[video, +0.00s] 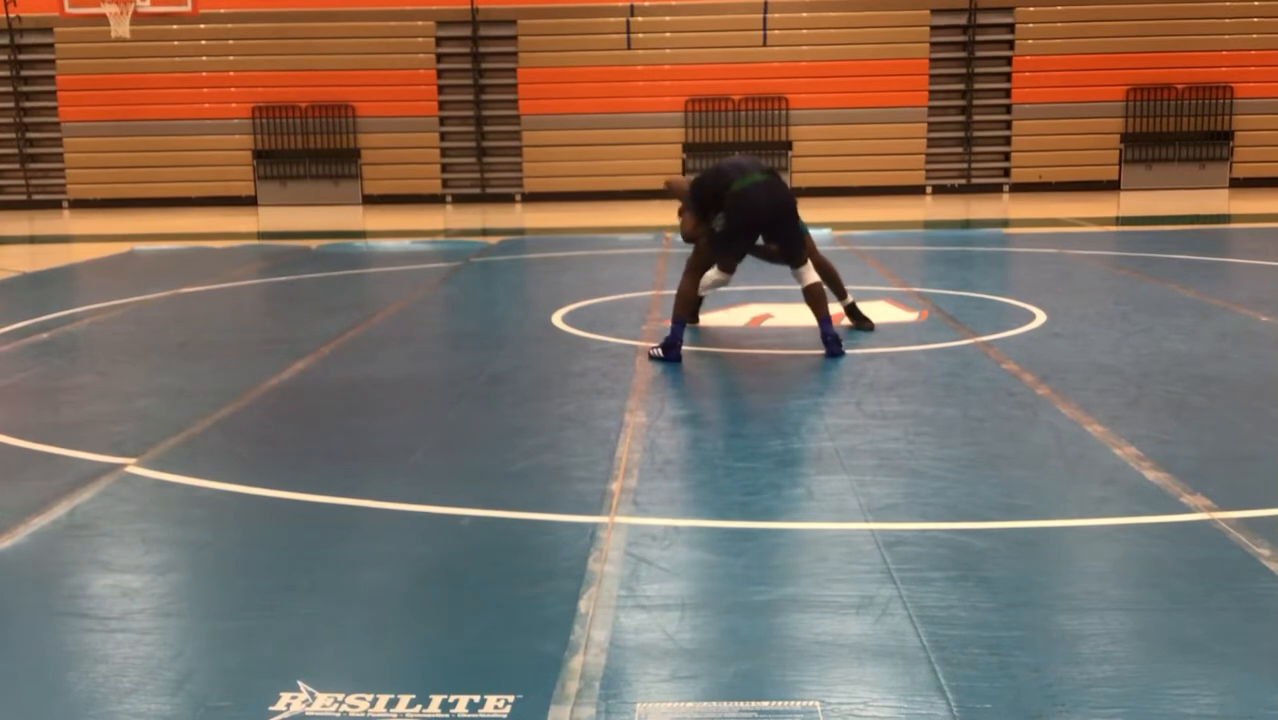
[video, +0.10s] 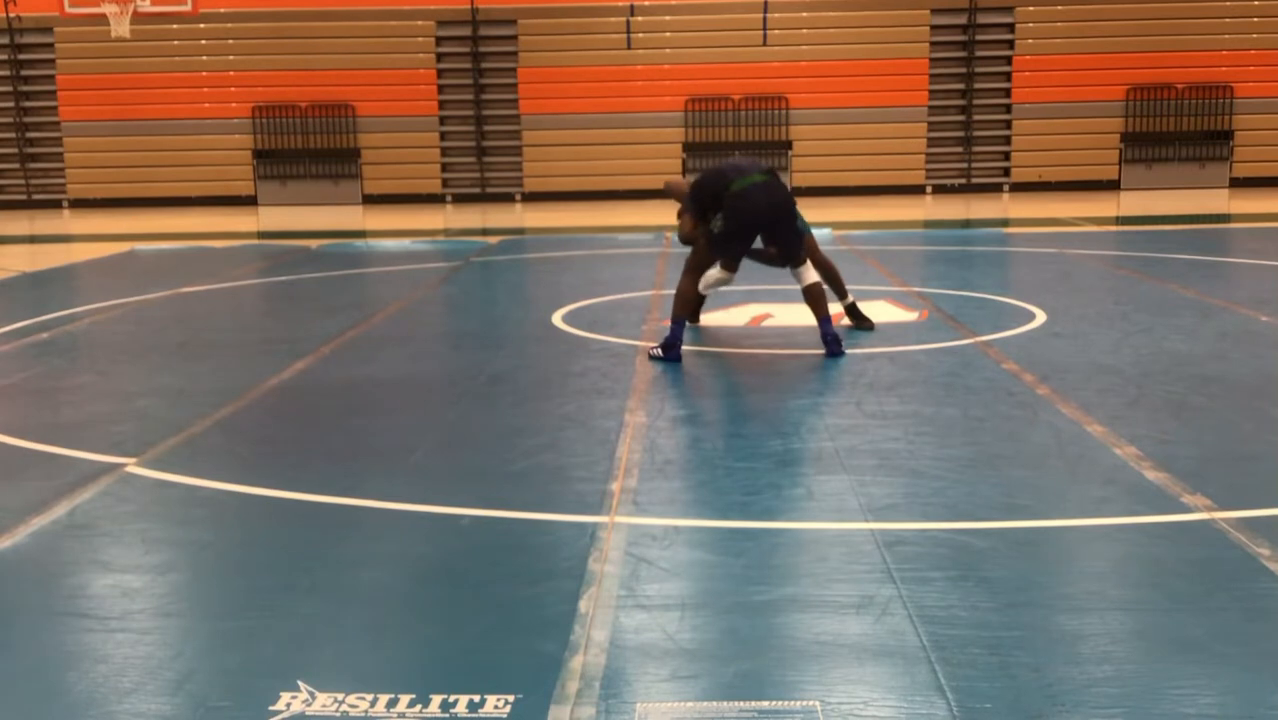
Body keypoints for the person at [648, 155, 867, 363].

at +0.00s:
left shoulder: (699, 188)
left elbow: (690, 233)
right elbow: (811, 259)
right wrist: (849, 305)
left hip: (739, 207)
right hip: (777, 197)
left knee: (693, 273)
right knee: (804, 269)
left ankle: (673, 343)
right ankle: (829, 336)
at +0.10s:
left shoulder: (699, 190)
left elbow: (688, 234)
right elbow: (786, 259)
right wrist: (744, 251)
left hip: (739, 205)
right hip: (776, 196)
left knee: (724, 272)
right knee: (803, 269)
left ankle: (673, 343)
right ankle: (829, 335)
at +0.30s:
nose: (693, 242)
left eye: (688, 236)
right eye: (688, 237)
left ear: (687, 214)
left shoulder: (696, 196)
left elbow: (692, 233)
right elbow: (774, 265)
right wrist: (734, 257)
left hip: (737, 211)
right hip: (779, 202)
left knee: (725, 283)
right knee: (807, 273)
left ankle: (672, 343)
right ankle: (832, 334)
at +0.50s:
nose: (689, 244)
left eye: (685, 238)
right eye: (684, 242)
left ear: (683, 218)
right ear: (698, 217)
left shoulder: (688, 197)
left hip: (746, 201)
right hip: (781, 198)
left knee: (696, 269)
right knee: (806, 271)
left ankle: (672, 344)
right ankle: (833, 337)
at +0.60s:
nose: (687, 221)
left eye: (682, 218)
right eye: (682, 219)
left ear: (678, 203)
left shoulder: (687, 185)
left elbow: (696, 235)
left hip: (746, 207)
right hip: (783, 200)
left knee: (693, 269)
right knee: (805, 271)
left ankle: (674, 341)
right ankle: (832, 334)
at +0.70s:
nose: (671, 195)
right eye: (668, 191)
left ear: (673, 176)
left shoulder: (686, 167)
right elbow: (732, 251)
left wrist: (662, 269)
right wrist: (764, 275)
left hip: (743, 208)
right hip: (780, 202)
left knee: (693, 272)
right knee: (802, 268)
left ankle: (672, 342)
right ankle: (827, 334)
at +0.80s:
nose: (675, 166)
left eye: (674, 161)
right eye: (673, 162)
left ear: (680, 148)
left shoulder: (695, 139)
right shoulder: (736, 142)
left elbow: (679, 185)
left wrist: (705, 213)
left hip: (747, 197)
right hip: (785, 192)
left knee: (704, 271)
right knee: (792, 266)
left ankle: (678, 340)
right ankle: (792, 337)